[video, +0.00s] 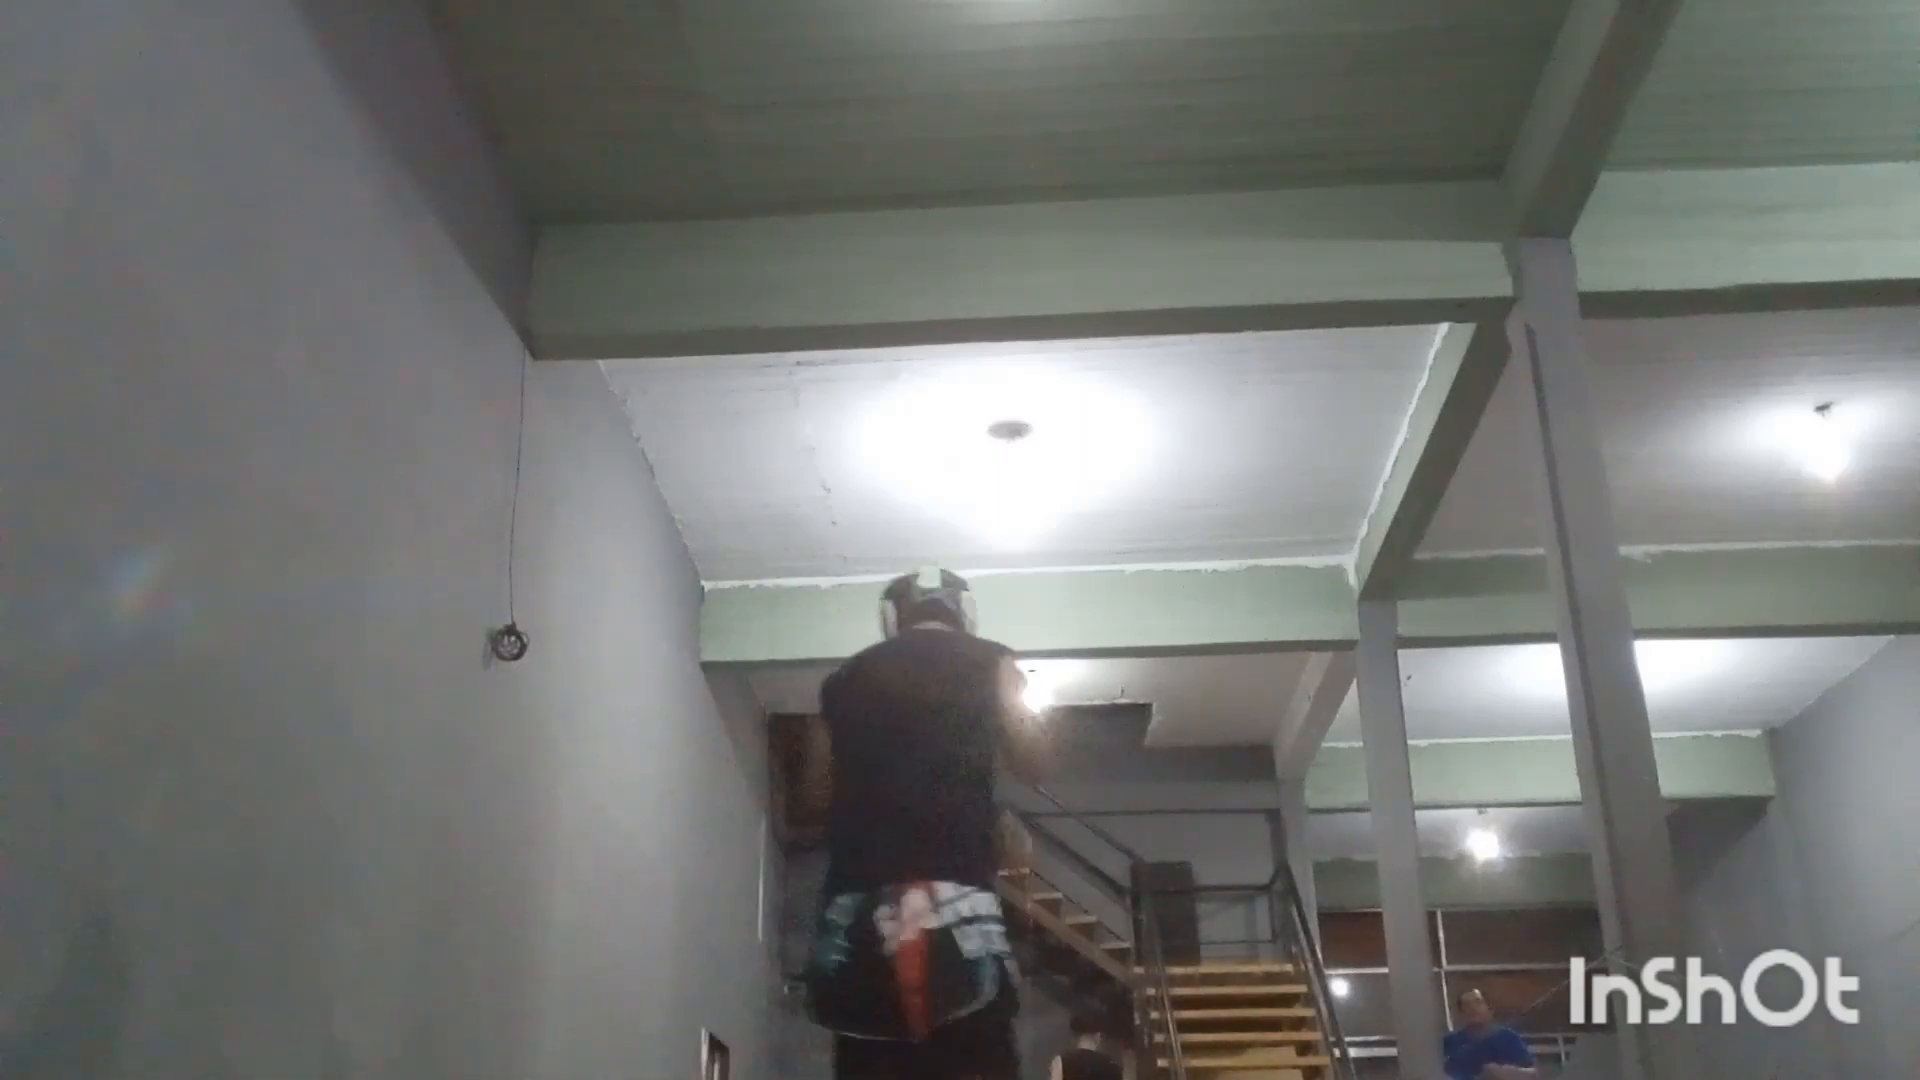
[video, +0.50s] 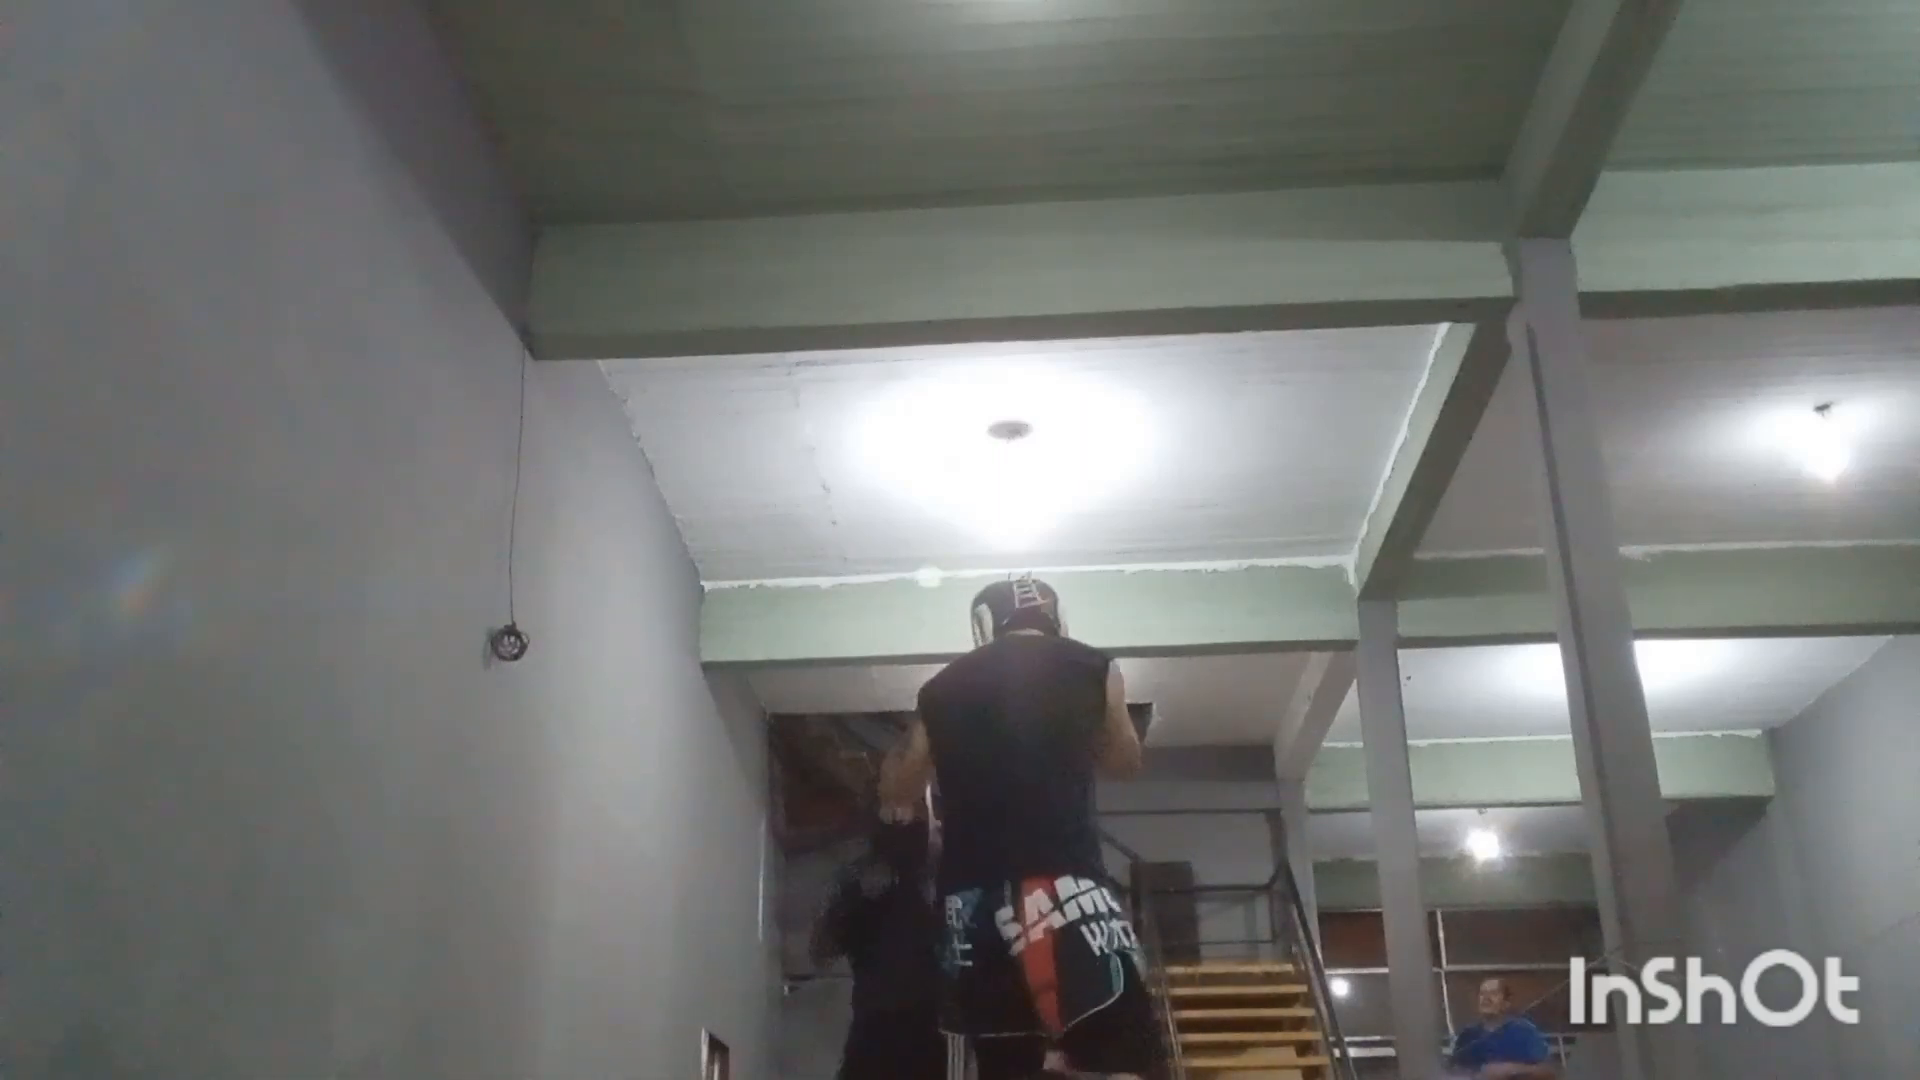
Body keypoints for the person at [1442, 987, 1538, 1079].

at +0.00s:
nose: (1474, 1009)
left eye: (1478, 1003)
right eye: (1467, 1005)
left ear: (1489, 1008)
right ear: (1461, 1013)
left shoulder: (1507, 1036)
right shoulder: (1452, 1041)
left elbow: (1532, 1072)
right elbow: (1449, 1072)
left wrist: (1499, 1071)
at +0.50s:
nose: (1486, 998)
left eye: (1493, 994)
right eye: (1482, 993)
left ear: (1506, 1003)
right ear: (1477, 999)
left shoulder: (1524, 1030)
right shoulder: (1468, 1034)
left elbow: (1548, 1070)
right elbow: (1454, 1070)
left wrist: (1508, 1069)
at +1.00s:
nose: (1489, 992)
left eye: (1497, 988)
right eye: (1487, 987)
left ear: (1511, 995)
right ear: (1482, 990)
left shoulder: (1525, 1024)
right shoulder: (1481, 1024)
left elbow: (1523, 1065)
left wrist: (1470, 1055)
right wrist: (1455, 1052)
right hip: (1481, 1075)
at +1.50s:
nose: (1471, 998)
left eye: (1478, 993)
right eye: (1470, 993)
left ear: (1497, 998)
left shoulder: (1512, 1023)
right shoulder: (1479, 1022)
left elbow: (1497, 1060)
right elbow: (1469, 1056)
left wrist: (1448, 1049)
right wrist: (1438, 1046)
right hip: (1484, 1075)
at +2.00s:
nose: (1484, 998)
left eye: (1490, 992)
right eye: (1482, 994)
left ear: (1506, 994)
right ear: (1480, 996)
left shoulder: (1523, 1020)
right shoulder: (1491, 1021)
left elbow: (1495, 1060)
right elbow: (1479, 1051)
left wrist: (1446, 1049)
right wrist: (1446, 1046)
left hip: (1532, 1075)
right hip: (1509, 1075)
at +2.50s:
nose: (1492, 999)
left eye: (1497, 992)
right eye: (1488, 995)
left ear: (1513, 994)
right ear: (1486, 999)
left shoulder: (1526, 1022)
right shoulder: (1505, 1023)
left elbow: (1496, 1058)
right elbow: (1484, 1050)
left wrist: (1444, 1048)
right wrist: (1449, 1046)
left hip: (1541, 1076)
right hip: (1521, 1075)